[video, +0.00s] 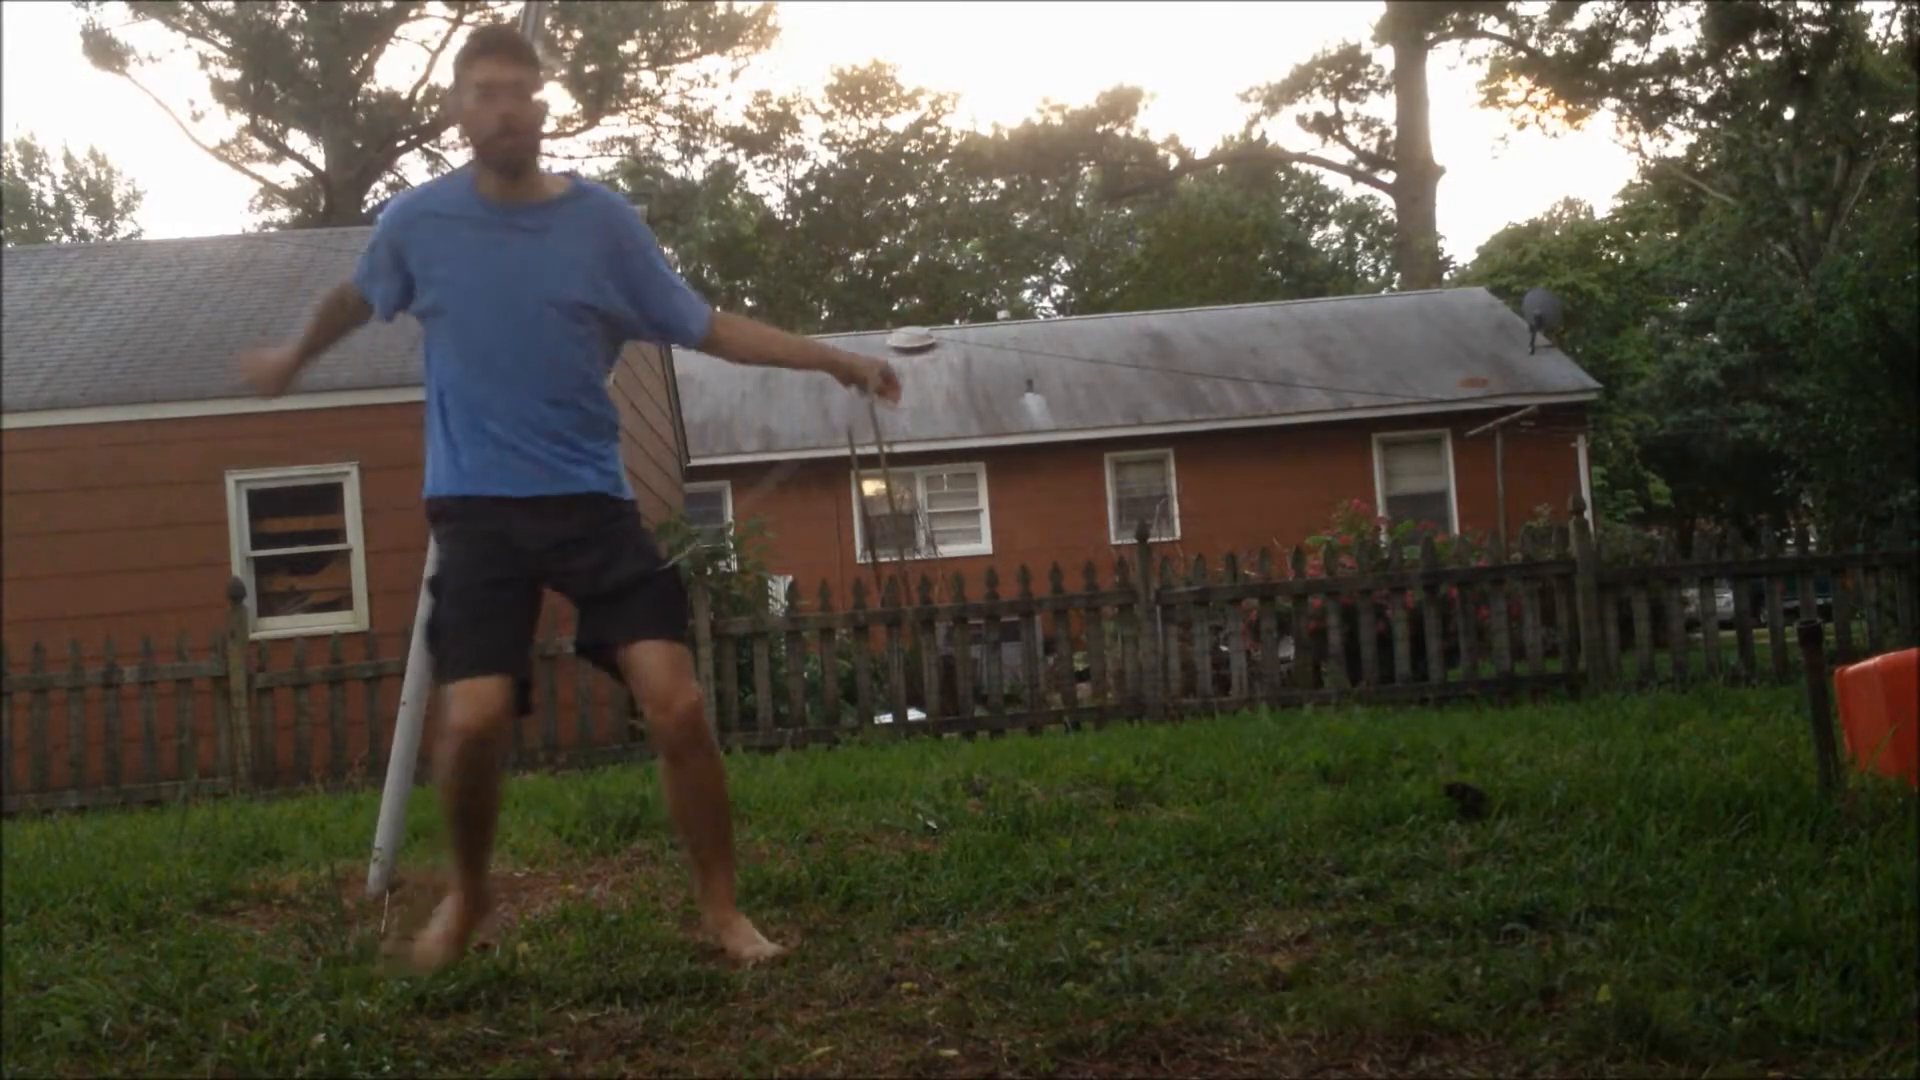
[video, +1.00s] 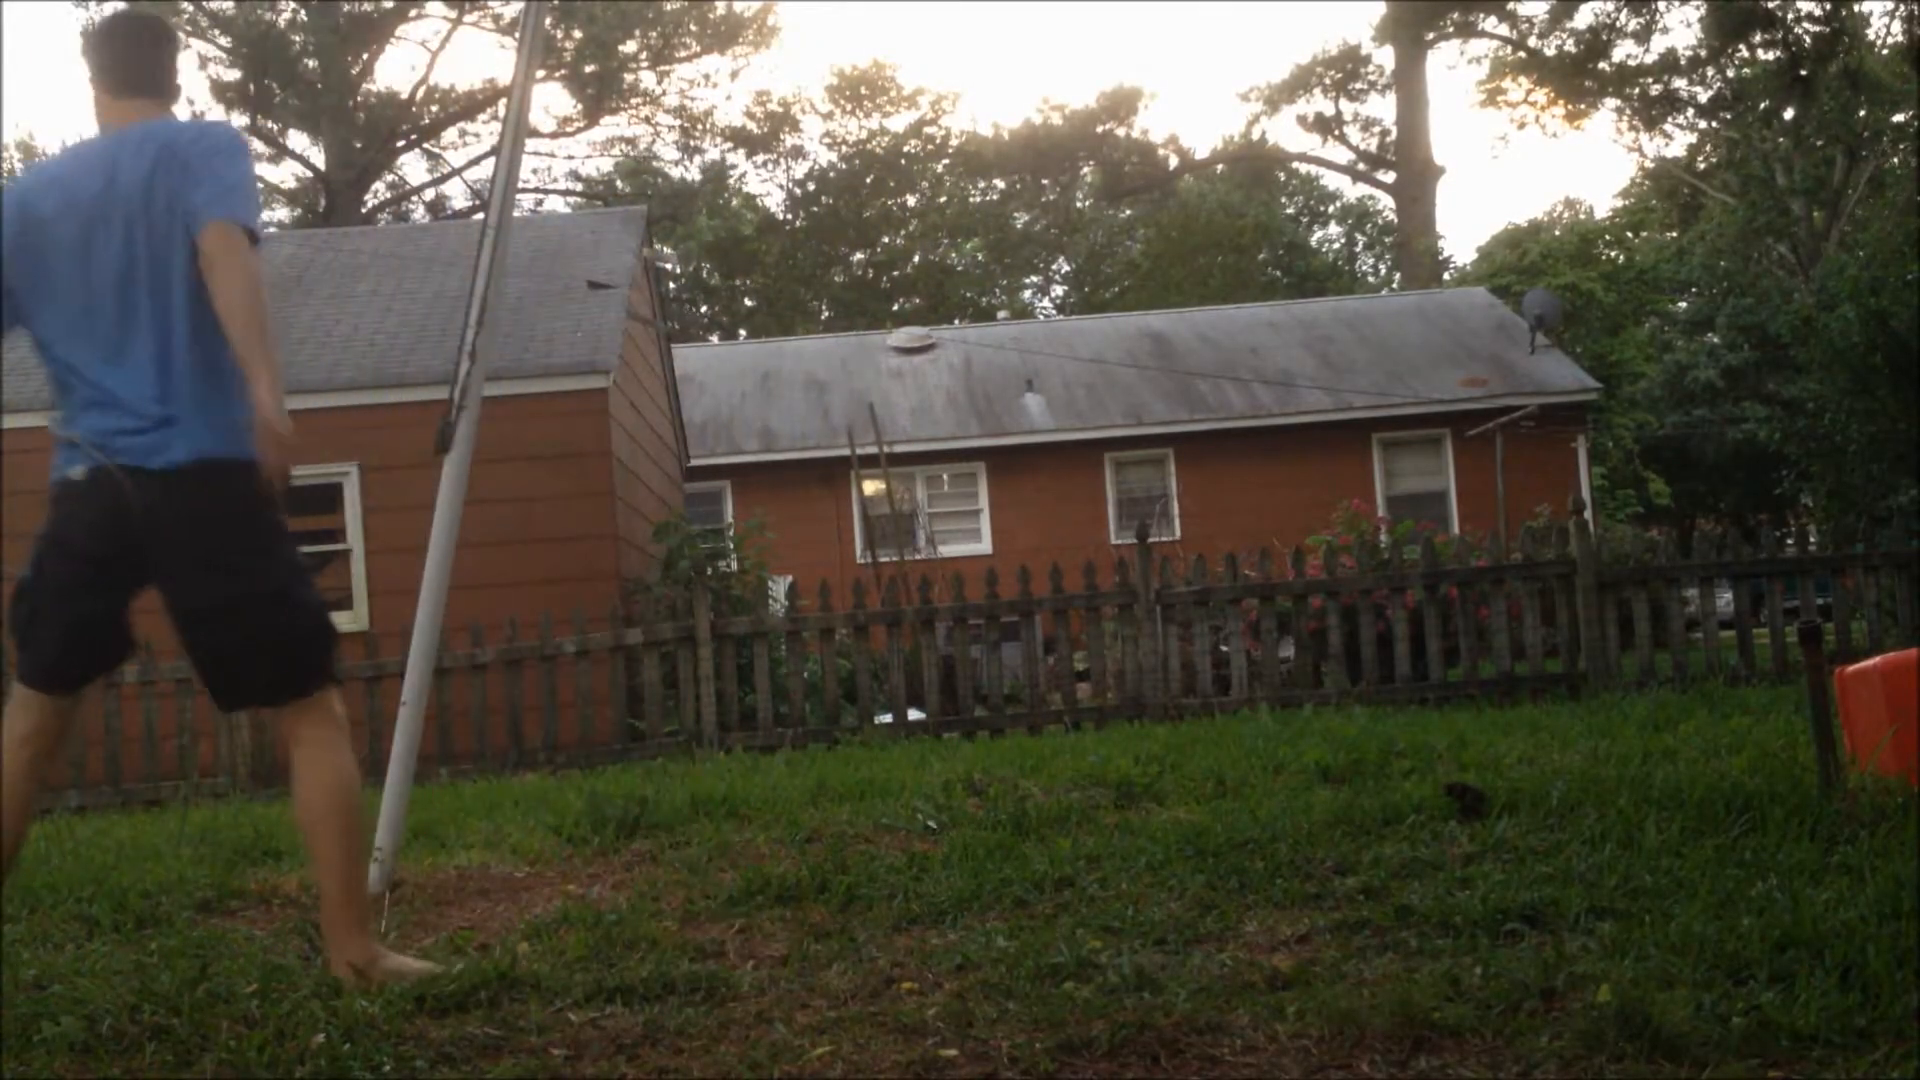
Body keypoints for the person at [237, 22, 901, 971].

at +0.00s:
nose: (506, 109)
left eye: (521, 92)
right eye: (486, 93)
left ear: (543, 103)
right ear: (455, 109)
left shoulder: (601, 218)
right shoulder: (415, 218)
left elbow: (702, 324)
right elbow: (351, 299)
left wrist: (835, 360)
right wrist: (289, 359)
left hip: (593, 502)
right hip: (474, 507)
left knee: (681, 709)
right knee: (473, 722)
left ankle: (722, 915)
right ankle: (466, 898)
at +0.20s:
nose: (559, 113)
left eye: (562, 98)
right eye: (535, 98)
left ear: (565, 111)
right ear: (475, 113)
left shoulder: (571, 236)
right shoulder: (418, 218)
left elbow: (615, 354)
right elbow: (301, 326)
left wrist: (721, 335)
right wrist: (178, 437)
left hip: (575, 500)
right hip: (475, 504)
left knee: (678, 703)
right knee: (579, 725)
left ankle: (725, 918)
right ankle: (429, 924)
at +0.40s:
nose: (509, 81)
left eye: (503, 62)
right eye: (495, 61)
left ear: (432, 78)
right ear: (445, 73)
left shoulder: (425, 182)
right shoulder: (398, 170)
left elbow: (411, 303)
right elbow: (380, 298)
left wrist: (482, 319)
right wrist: (367, 408)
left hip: (461, 483)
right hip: (408, 488)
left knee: (588, 646)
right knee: (492, 711)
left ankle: (569, 881)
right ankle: (407, 942)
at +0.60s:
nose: (418, 57)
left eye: (414, 37)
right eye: (409, 35)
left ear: (329, 45)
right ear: (365, 36)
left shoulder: (283, 150)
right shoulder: (347, 116)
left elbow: (228, 310)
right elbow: (399, 205)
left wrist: (343, 342)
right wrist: (440, 242)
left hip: (287, 441)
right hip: (353, 440)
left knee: (344, 680)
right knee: (406, 702)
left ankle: (187, 863)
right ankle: (376, 961)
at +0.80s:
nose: (302, 98)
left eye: (302, 87)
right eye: (298, 85)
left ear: (209, 95)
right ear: (268, 81)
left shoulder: (154, 217)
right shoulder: (271, 134)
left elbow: (74, 361)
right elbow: (276, 158)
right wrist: (294, 173)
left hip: (199, 500)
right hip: (311, 490)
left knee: (112, 719)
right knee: (381, 720)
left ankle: (4, 893)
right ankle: (371, 962)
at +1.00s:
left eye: (110, 72)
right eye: (168, 75)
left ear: (93, 81)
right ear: (176, 79)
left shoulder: (27, 197)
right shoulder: (204, 144)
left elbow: (6, 319)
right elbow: (222, 248)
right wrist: (268, 396)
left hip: (90, 499)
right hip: (211, 493)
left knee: (28, 724)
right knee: (311, 715)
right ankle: (353, 947)